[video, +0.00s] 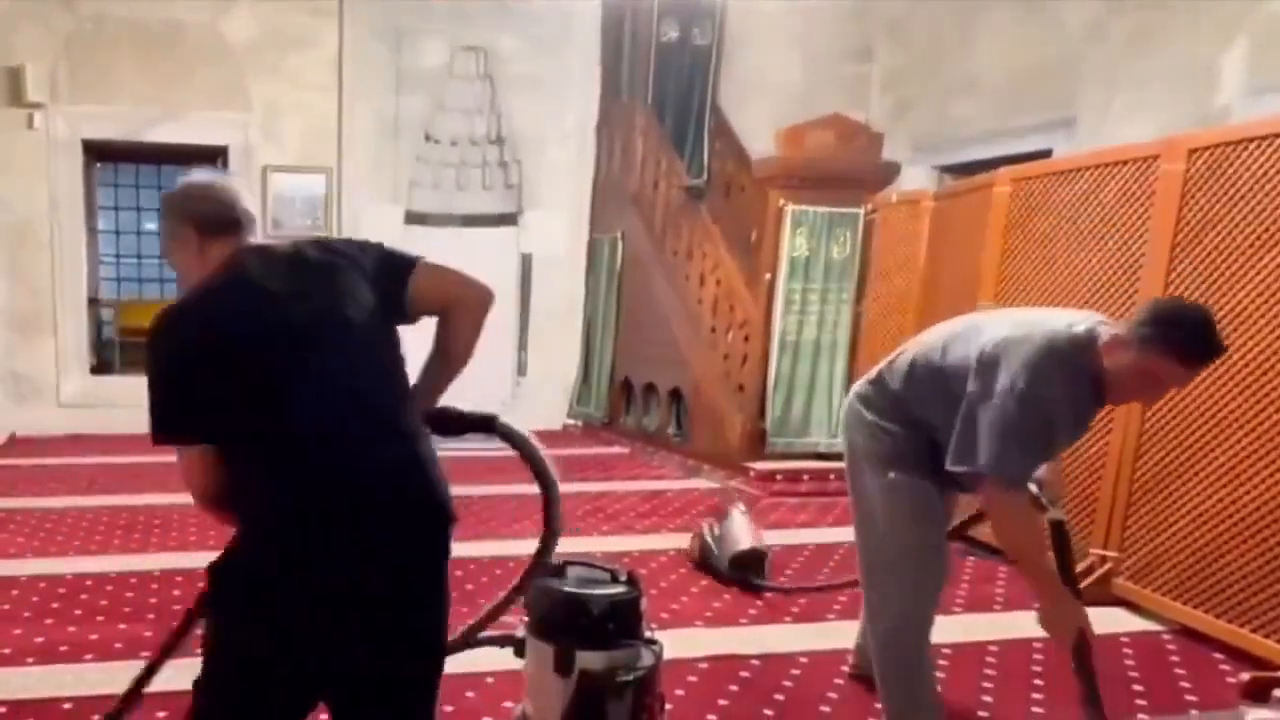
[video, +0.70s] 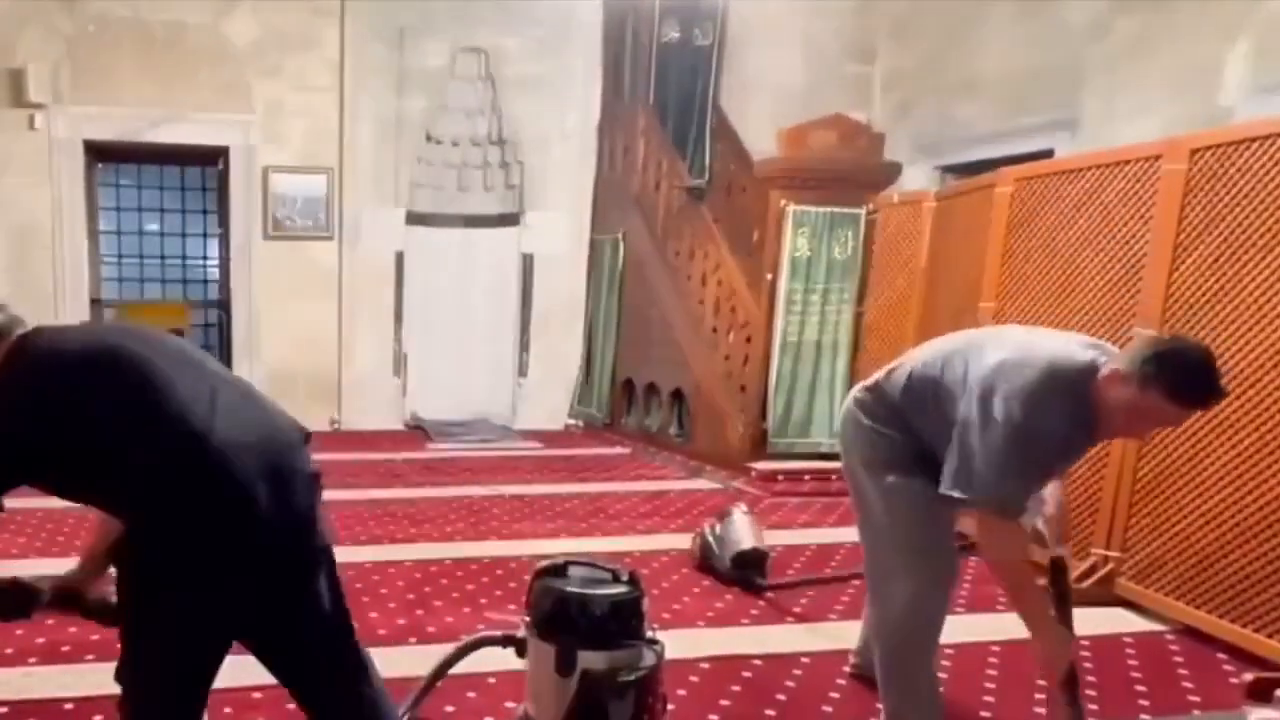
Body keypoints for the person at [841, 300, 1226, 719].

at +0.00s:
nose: (1154, 398)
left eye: (1168, 389)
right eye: (1155, 381)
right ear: (1124, 345)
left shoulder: (1098, 352)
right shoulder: (1037, 364)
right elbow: (1002, 491)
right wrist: (1052, 596)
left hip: (940, 431)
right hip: (890, 423)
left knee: (914, 559)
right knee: (910, 576)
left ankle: (873, 656)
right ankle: (913, 707)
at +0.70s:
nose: (1147, 434)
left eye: (1161, 427)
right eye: (1150, 418)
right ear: (1124, 382)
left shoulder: (1102, 382)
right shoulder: (1029, 392)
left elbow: (1053, 456)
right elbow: (995, 529)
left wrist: (1050, 526)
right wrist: (1046, 633)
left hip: (941, 430)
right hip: (888, 428)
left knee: (916, 559)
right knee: (918, 582)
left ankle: (875, 654)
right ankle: (910, 708)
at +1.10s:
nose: (1153, 393)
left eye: (1165, 384)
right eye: (1156, 377)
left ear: (1123, 339)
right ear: (1123, 343)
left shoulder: (1094, 354)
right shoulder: (1033, 360)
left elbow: (1027, 419)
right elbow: (964, 479)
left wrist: (1024, 468)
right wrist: (1013, 565)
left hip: (936, 426)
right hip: (889, 422)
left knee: (918, 565)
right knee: (900, 586)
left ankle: (876, 655)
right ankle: (909, 709)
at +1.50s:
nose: (1189, 347)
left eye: (1199, 335)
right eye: (1191, 330)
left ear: (1146, 302)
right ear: (1157, 308)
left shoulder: (1095, 327)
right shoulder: (1074, 339)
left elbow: (1012, 432)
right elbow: (994, 447)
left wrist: (1022, 513)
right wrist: (1025, 520)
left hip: (916, 421)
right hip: (914, 430)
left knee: (918, 548)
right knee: (969, 565)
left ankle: (882, 655)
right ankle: (923, 707)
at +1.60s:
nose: (1199, 351)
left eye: (1210, 340)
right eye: (1199, 333)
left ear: (1154, 306)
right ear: (1159, 307)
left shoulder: (1103, 322)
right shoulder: (1089, 346)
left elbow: (1013, 427)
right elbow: (1006, 447)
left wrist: (1029, 507)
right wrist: (1035, 522)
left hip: (914, 419)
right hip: (928, 435)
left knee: (929, 550)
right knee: (991, 575)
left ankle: (884, 657)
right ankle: (955, 709)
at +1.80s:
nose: (1238, 388)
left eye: (1252, 379)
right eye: (1247, 370)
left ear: (1215, 325)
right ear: (1224, 334)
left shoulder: (1136, 325)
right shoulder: (1133, 369)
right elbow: (1026, 459)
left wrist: (1060, 498)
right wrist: (1063, 524)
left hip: (925, 418)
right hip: (960, 446)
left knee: (928, 562)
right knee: (1019, 598)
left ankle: (884, 657)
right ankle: (1022, 714)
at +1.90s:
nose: (1260, 393)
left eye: (1270, 383)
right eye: (1269, 378)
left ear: (1243, 337)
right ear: (1248, 348)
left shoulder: (1170, 331)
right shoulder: (1160, 375)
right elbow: (1048, 463)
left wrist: (1080, 487)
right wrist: (1082, 533)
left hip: (936, 415)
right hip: (971, 442)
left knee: (927, 559)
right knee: (1026, 597)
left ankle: (884, 658)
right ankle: (1021, 712)